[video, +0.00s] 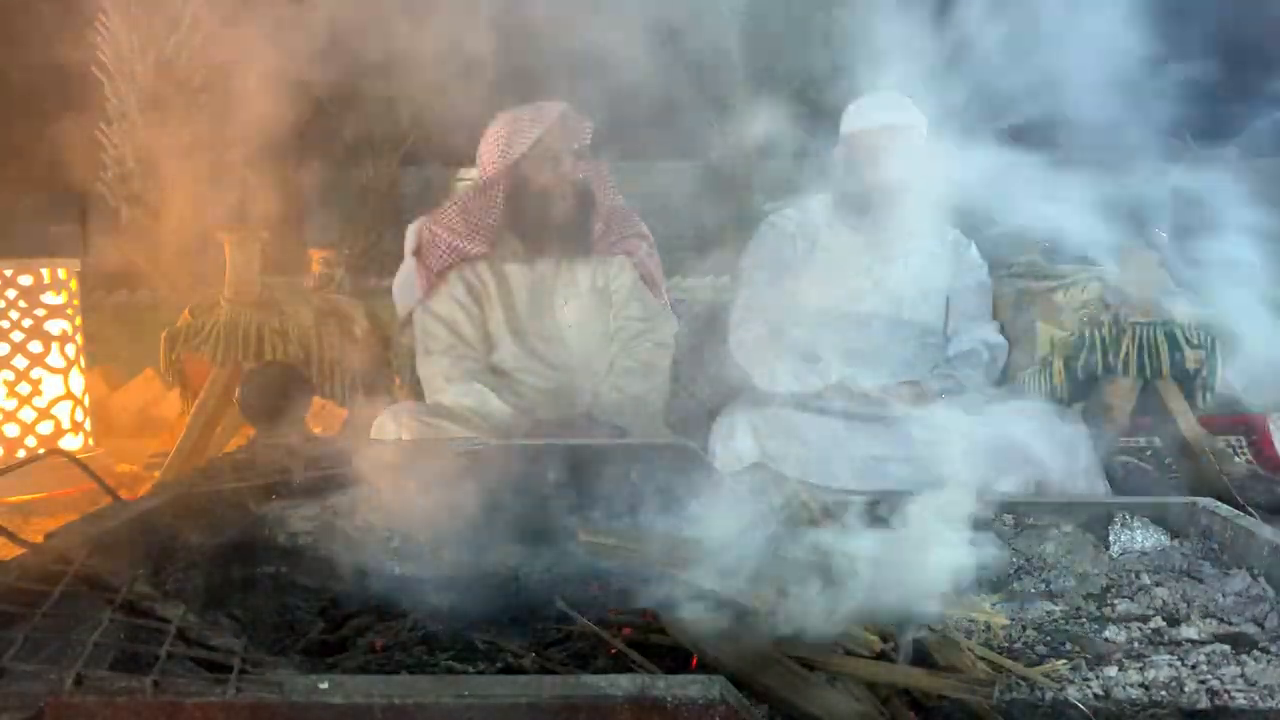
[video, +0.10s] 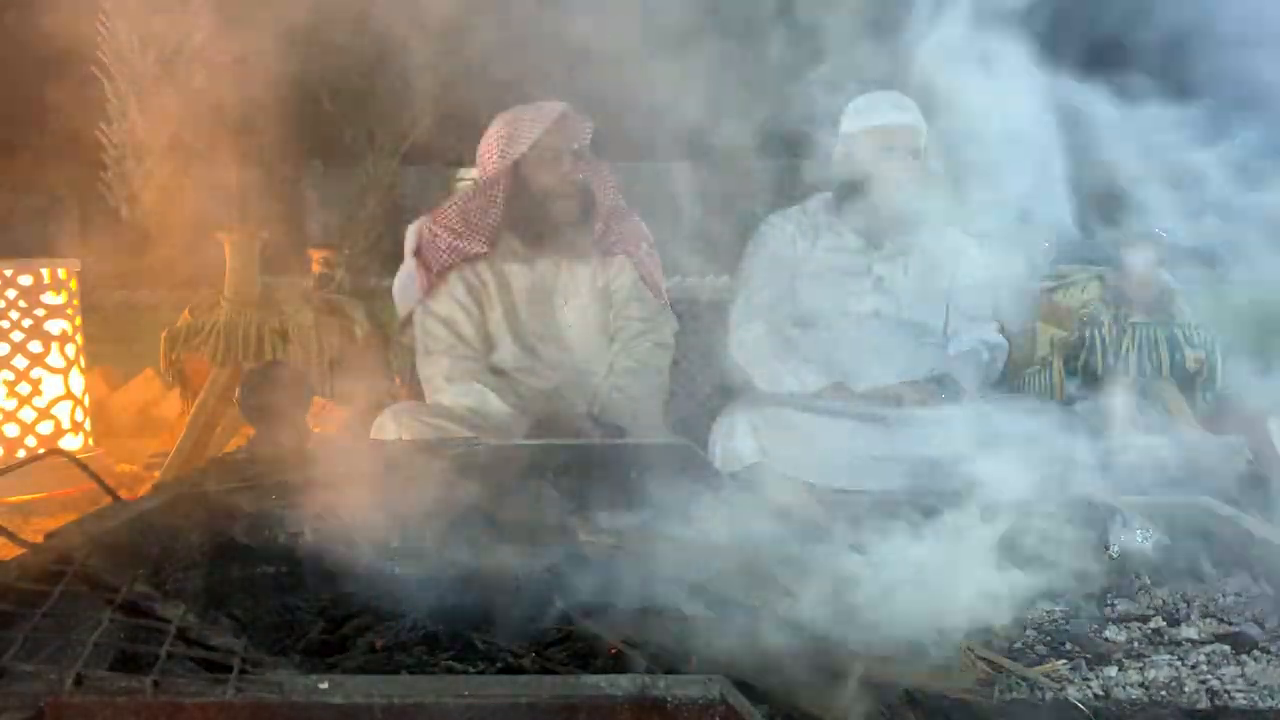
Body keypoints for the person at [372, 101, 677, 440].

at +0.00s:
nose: (571, 175)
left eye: (576, 159)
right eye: (549, 161)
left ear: (588, 169)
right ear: (508, 177)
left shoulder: (617, 269)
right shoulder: (462, 276)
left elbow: (645, 361)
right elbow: (448, 379)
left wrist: (602, 428)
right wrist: (520, 432)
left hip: (602, 441)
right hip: (503, 444)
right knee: (397, 426)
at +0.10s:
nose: (576, 174)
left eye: (579, 157)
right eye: (554, 159)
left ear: (592, 165)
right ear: (511, 175)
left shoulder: (617, 261)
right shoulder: (459, 269)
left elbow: (645, 351)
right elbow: (448, 380)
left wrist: (605, 425)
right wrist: (524, 433)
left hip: (603, 437)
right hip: (500, 439)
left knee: (676, 459)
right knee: (397, 426)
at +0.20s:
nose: (578, 171)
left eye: (580, 155)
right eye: (555, 158)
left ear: (592, 164)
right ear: (513, 176)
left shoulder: (623, 264)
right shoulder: (460, 270)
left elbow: (646, 362)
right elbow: (449, 380)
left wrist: (604, 425)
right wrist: (521, 437)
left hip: (600, 442)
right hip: (498, 443)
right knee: (398, 425)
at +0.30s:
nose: (582, 173)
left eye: (581, 156)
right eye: (556, 161)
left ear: (591, 162)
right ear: (514, 181)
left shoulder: (619, 261)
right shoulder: (460, 270)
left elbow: (646, 351)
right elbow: (448, 379)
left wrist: (606, 428)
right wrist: (520, 435)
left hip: (599, 437)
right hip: (497, 438)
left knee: (675, 459)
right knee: (398, 425)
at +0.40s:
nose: (576, 177)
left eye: (580, 159)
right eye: (554, 162)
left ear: (591, 167)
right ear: (510, 178)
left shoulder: (619, 257)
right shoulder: (457, 262)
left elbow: (646, 350)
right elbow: (448, 378)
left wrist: (605, 427)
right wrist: (517, 435)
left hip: (600, 433)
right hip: (497, 433)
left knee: (677, 466)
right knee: (396, 429)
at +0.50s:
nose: (580, 176)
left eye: (581, 159)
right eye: (560, 160)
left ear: (591, 167)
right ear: (514, 174)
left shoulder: (620, 258)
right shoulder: (459, 265)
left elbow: (646, 354)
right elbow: (449, 381)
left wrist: (606, 432)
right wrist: (526, 439)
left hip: (598, 439)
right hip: (496, 437)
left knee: (681, 466)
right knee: (397, 427)